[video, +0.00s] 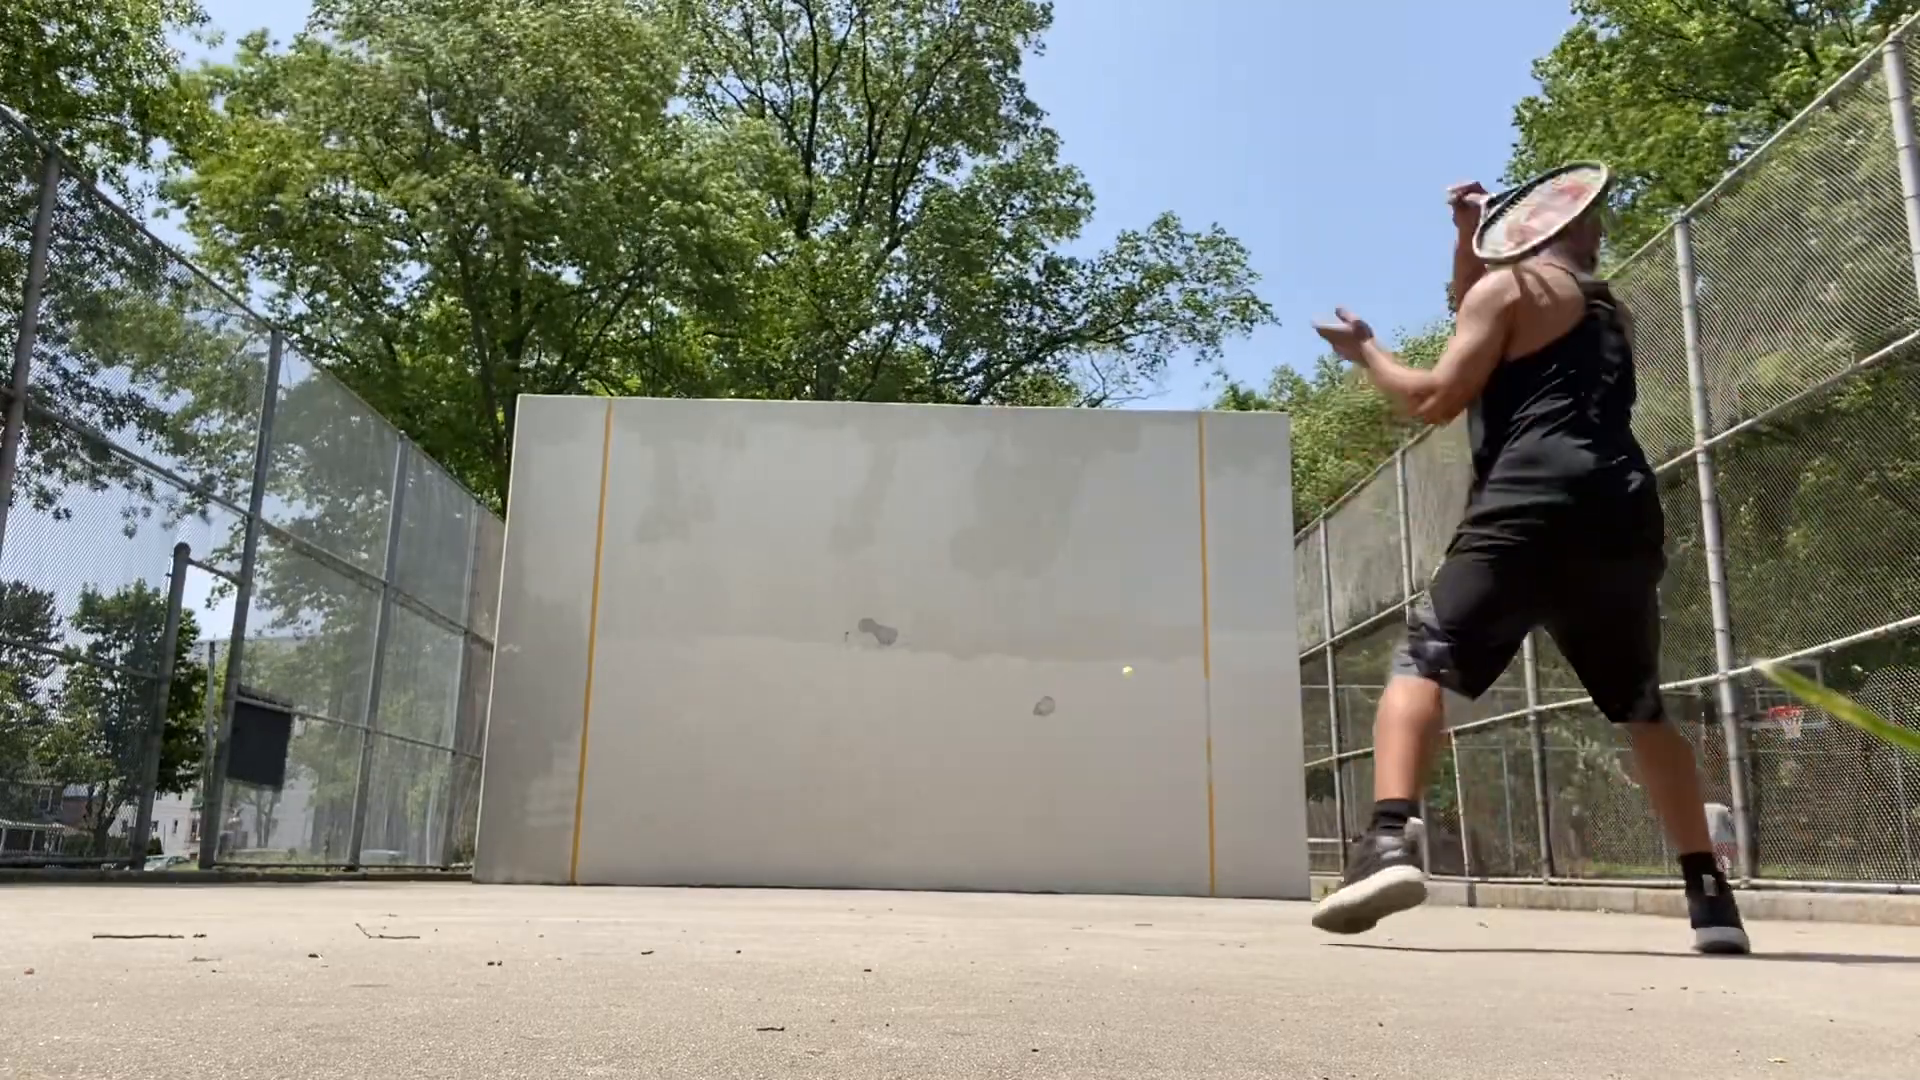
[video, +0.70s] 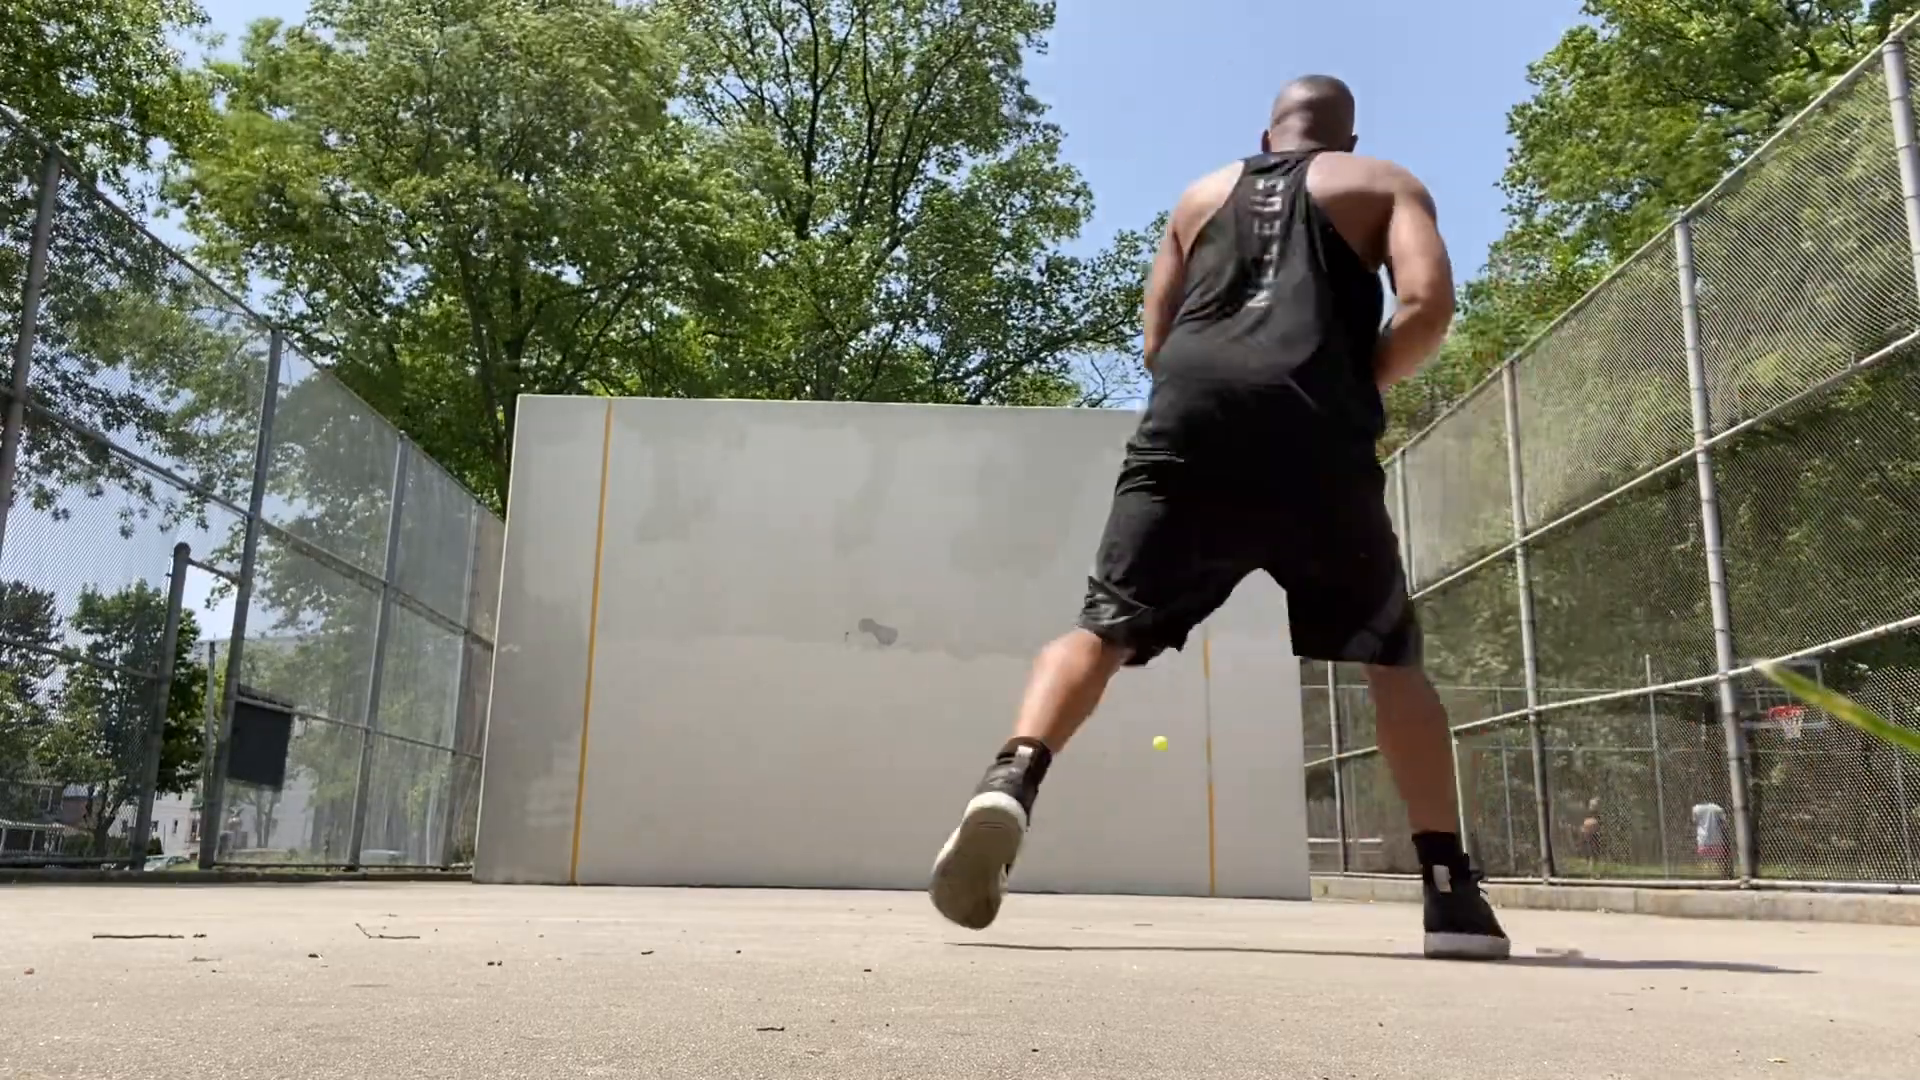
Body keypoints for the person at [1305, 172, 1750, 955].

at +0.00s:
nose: (1601, 229)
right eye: (1591, 219)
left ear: (1524, 235)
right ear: (1571, 234)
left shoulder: (1505, 289)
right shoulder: (1606, 305)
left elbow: (1435, 401)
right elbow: (1481, 313)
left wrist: (1363, 348)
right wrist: (1470, 236)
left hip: (1530, 490)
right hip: (1625, 500)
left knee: (1425, 664)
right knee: (1640, 706)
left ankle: (1389, 844)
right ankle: (1710, 899)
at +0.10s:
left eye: (1476, 240)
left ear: (1481, 244)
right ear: (1548, 254)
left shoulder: (1472, 303)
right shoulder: (1569, 316)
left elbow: (1390, 412)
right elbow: (1440, 369)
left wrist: (1353, 325)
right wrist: (1412, 278)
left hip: (1525, 503)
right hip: (1614, 511)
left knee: (1401, 683)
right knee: (1629, 714)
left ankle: (1391, 873)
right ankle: (1711, 902)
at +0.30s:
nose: (1387, 196)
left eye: (1384, 184)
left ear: (1382, 186)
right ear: (1458, 194)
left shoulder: (1352, 239)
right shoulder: (1505, 258)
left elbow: (1299, 367)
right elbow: (1483, 346)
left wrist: (1371, 367)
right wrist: (1351, 361)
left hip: (1423, 466)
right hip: (1533, 466)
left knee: (1357, 666)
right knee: (1555, 679)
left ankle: (1397, 885)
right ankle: (1636, 889)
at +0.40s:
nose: (1363, 154)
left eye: (1359, 146)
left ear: (1354, 153)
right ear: (1433, 157)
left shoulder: (1321, 197)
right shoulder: (1486, 217)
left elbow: (1274, 317)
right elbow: (1520, 359)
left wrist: (1311, 383)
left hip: (1370, 429)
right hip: (1484, 436)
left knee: (1344, 651)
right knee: (1486, 649)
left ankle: (1381, 881)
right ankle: (1516, 846)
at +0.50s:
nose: (1337, 147)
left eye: (1337, 138)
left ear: (1333, 146)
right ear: (1414, 154)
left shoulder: (1288, 200)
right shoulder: (1465, 210)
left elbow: (1244, 323)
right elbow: (1527, 343)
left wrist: (1308, 389)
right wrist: (1444, 383)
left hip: (1325, 431)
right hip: (1442, 438)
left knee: (1270, 633)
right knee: (1440, 661)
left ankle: (1313, 856)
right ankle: (1451, 880)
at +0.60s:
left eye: (1314, 146)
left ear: (1307, 153)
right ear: (1389, 156)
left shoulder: (1250, 213)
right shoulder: (1433, 206)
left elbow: (1208, 349)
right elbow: (1498, 333)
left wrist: (1276, 400)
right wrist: (1419, 399)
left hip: (1261, 433)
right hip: (1386, 441)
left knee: (1189, 631)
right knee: (1434, 667)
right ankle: (1451, 896)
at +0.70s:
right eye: (1337, 125)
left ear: (1266, 135)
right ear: (1349, 136)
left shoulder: (1200, 196)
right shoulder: (1387, 182)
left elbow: (1157, 344)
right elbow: (1428, 298)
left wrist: (1217, 397)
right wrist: (1365, 383)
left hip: (1188, 418)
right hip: (1318, 432)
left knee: (1105, 620)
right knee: (1391, 657)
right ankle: (1452, 895)